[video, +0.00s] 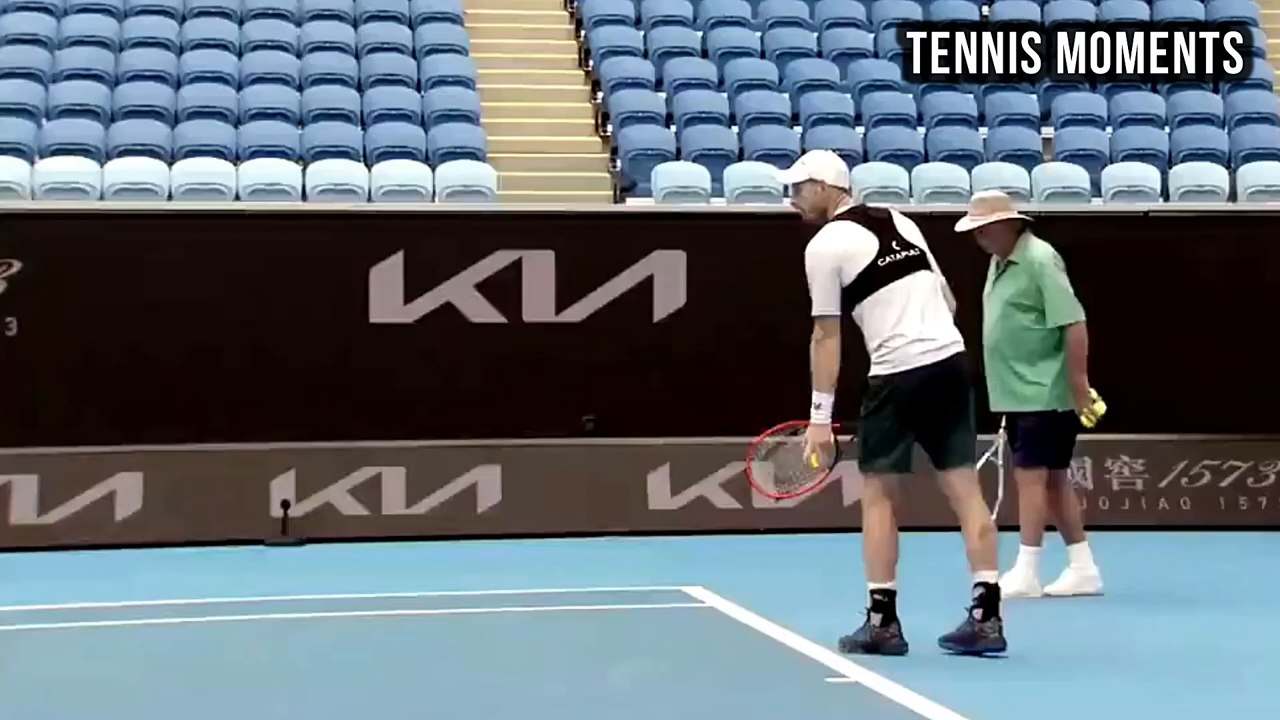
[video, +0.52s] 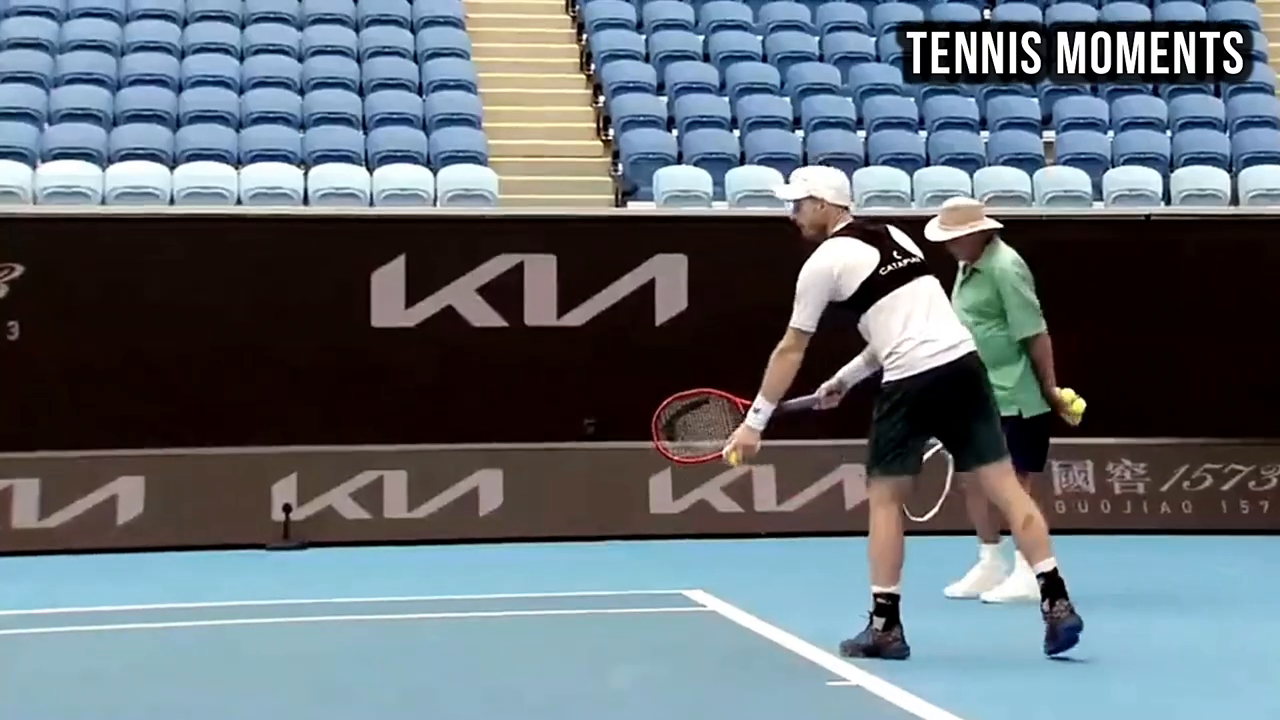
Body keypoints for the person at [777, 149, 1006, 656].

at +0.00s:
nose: (793, 199)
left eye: (800, 188)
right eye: (792, 189)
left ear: (827, 187)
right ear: (837, 190)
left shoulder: (826, 244)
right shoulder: (898, 219)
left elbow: (826, 337)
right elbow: (947, 297)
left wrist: (821, 418)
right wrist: (933, 351)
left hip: (896, 374)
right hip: (951, 364)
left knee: (878, 495)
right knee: (964, 490)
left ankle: (882, 623)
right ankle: (987, 619)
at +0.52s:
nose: (794, 215)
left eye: (800, 205)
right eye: (794, 205)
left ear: (826, 207)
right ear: (841, 208)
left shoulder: (822, 261)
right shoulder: (890, 232)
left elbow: (791, 349)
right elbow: (901, 325)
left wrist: (754, 423)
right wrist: (843, 379)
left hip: (909, 380)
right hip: (965, 366)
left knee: (886, 500)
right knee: (1006, 488)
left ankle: (885, 626)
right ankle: (1059, 605)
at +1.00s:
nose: (887, 225)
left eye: (891, 216)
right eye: (887, 216)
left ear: (912, 217)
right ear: (939, 217)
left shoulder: (906, 277)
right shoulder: (988, 246)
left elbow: (907, 368)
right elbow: (1001, 325)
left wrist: (904, 446)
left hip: (975, 404)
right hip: (1033, 394)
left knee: (923, 511)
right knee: (1041, 517)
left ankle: (886, 630)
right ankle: (1068, 630)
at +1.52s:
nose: (991, 211)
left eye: (992, 208)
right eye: (1000, 208)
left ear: (994, 218)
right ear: (1036, 219)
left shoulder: (969, 259)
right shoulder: (1067, 275)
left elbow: (917, 221)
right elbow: (1108, 334)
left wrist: (887, 176)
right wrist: (1116, 376)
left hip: (975, 431)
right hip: (1039, 432)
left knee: (927, 527)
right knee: (1051, 548)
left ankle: (897, 642)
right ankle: (1069, 647)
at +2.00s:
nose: (919, 213)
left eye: (920, 214)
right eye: (937, 213)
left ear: (919, 238)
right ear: (962, 245)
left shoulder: (889, 250)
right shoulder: (972, 293)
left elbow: (886, 165)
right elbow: (1050, 288)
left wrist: (889, 86)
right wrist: (1074, 230)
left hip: (857, 431)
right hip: (918, 435)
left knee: (847, 539)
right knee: (930, 538)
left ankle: (881, 651)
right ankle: (972, 605)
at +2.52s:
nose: (759, 165)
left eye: (767, 161)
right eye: (763, 158)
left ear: (787, 180)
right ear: (786, 179)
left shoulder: (801, 254)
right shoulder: (787, 203)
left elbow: (791, 335)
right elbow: (746, 123)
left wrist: (735, 315)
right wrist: (719, 53)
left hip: (840, 375)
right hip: (860, 362)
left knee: (814, 500)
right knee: (868, 479)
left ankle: (829, 625)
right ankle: (881, 601)